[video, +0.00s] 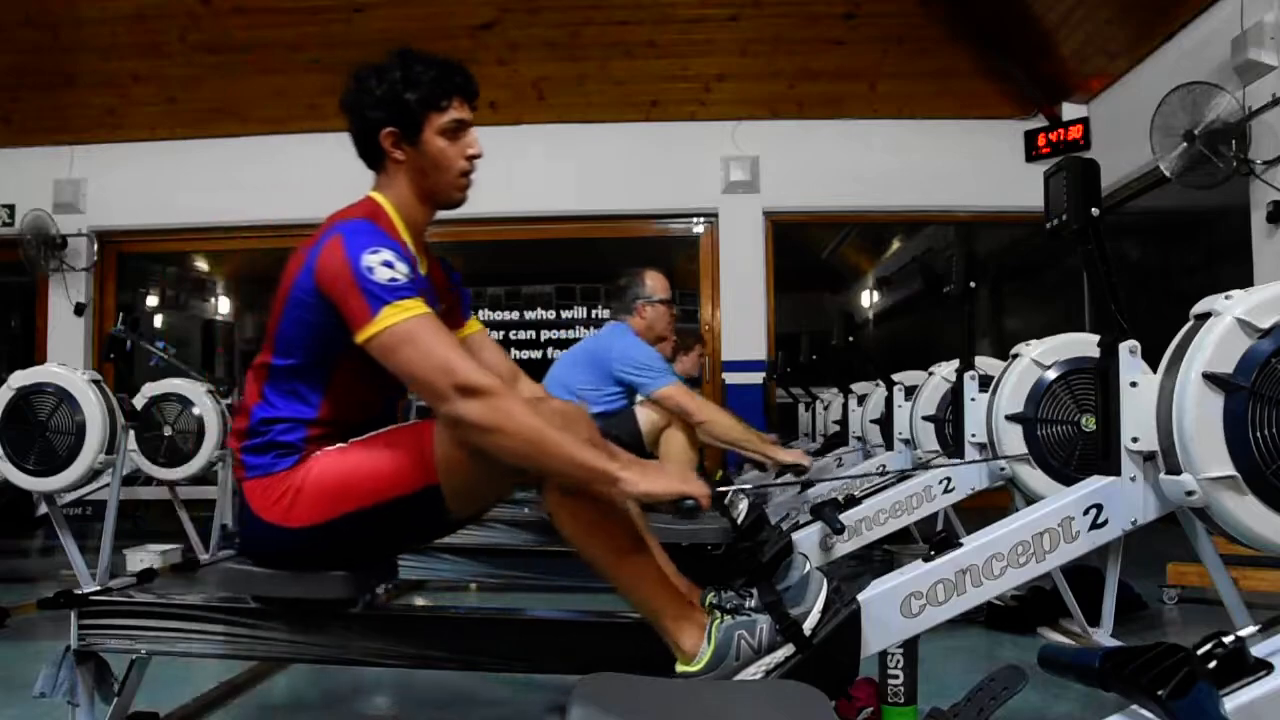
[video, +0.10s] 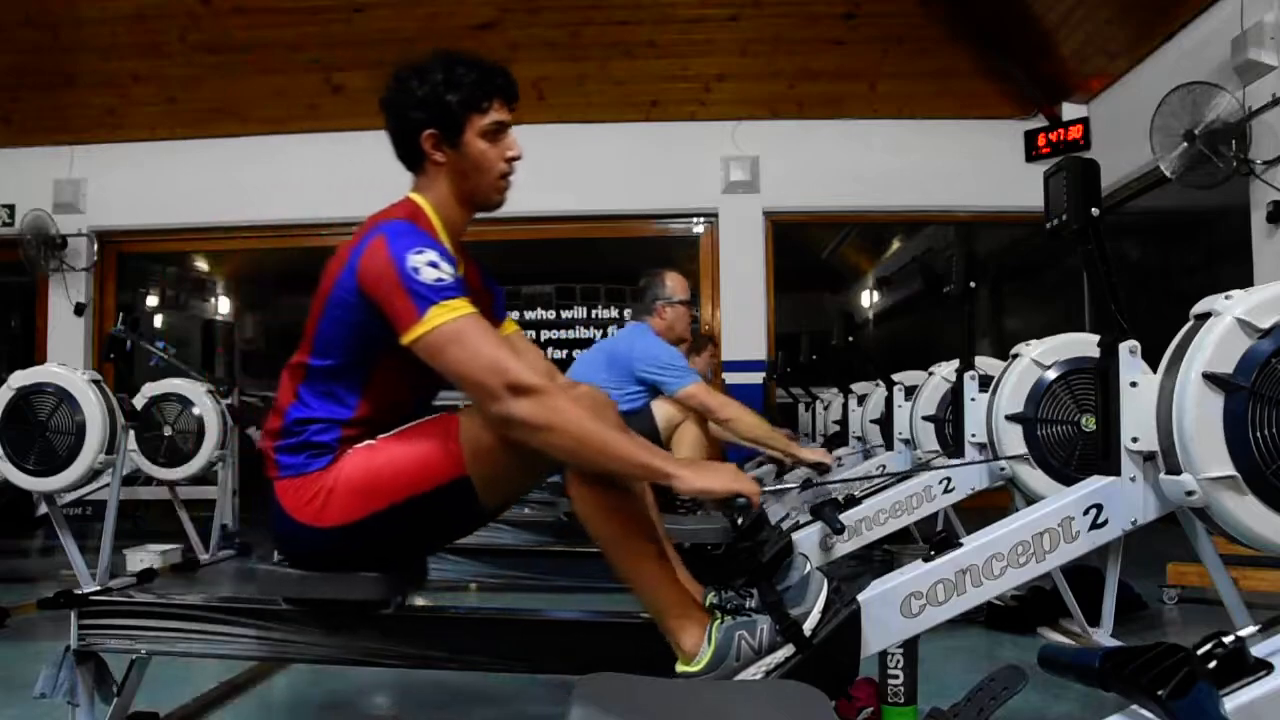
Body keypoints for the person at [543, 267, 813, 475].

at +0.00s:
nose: (674, 312)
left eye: (672, 303)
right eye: (667, 303)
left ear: (640, 311)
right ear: (641, 310)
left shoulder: (617, 341)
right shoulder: (623, 345)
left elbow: (689, 416)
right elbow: (694, 411)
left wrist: (756, 445)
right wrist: (772, 453)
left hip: (568, 433)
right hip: (570, 440)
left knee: (678, 409)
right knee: (676, 411)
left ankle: (676, 502)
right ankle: (681, 505)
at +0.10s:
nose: (693, 312)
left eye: (691, 305)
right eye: (686, 305)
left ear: (659, 312)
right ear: (661, 311)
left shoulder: (637, 340)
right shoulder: (644, 344)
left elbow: (709, 416)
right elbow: (716, 407)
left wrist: (772, 444)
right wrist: (795, 450)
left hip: (586, 432)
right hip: (589, 438)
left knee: (695, 409)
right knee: (691, 410)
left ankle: (697, 500)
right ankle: (687, 502)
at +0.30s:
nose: (716, 313)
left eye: (715, 305)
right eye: (710, 306)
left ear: (682, 312)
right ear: (683, 311)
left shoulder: (664, 340)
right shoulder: (672, 344)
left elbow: (739, 413)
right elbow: (749, 403)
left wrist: (796, 439)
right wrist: (828, 439)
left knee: (713, 406)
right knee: (706, 408)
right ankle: (694, 498)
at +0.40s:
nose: (715, 311)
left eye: (713, 303)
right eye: (709, 303)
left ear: (682, 309)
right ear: (683, 309)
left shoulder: (669, 337)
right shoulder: (669, 338)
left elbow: (746, 397)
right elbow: (751, 395)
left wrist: (820, 436)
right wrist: (833, 429)